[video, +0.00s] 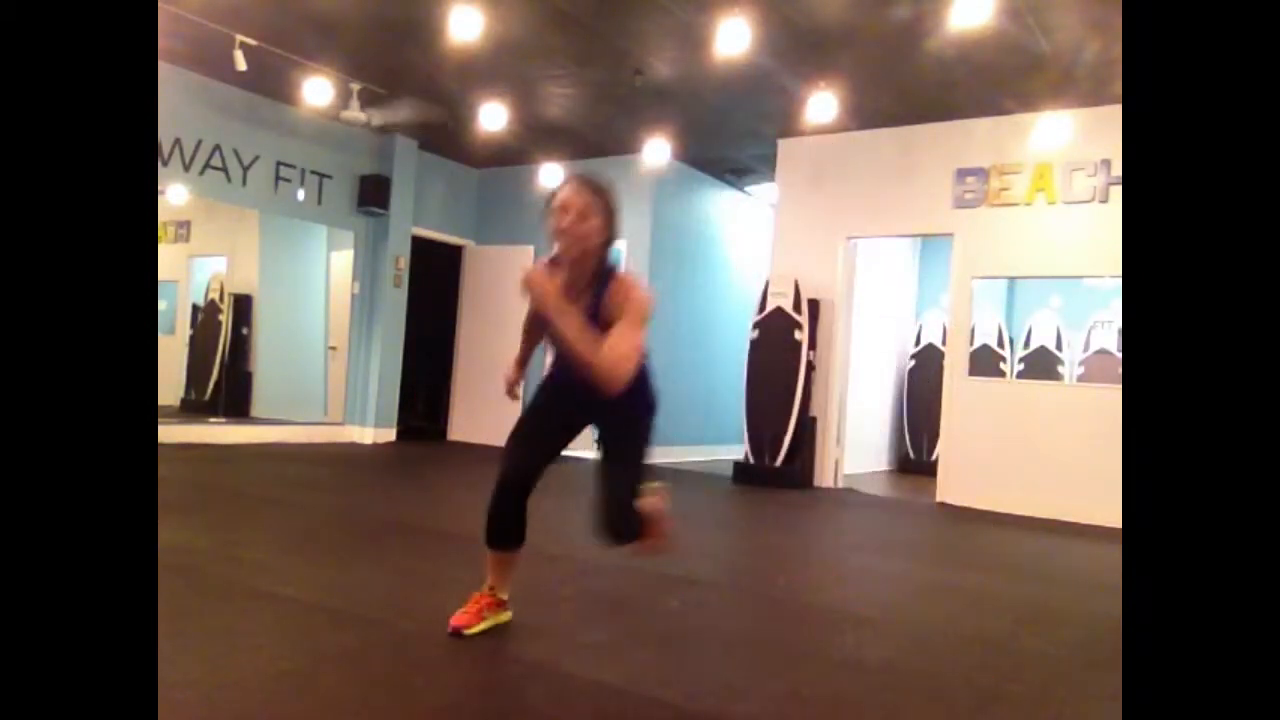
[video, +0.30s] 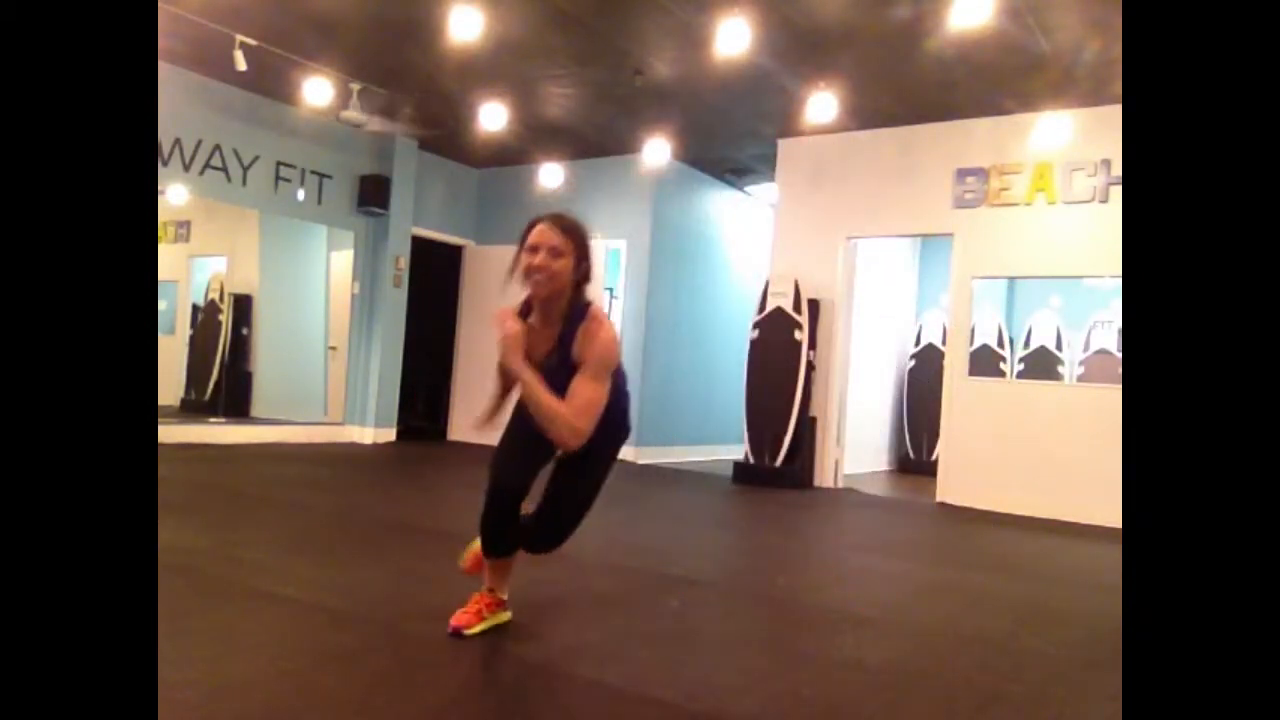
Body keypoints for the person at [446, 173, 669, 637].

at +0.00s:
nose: (568, 224)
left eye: (583, 215)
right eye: (561, 213)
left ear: (606, 228)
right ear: (550, 223)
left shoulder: (629, 293)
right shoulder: (545, 277)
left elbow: (614, 374)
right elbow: (537, 322)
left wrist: (553, 304)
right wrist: (519, 365)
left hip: (623, 400)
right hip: (566, 388)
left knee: (618, 524)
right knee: (512, 480)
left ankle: (653, 513)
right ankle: (494, 595)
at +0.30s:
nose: (538, 261)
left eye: (555, 254)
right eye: (532, 250)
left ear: (578, 268)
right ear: (521, 259)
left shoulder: (598, 334)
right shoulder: (519, 317)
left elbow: (572, 433)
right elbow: (510, 371)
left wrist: (518, 363)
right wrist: (493, 407)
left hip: (598, 425)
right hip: (542, 403)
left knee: (548, 534)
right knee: (503, 494)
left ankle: (497, 535)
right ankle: (494, 596)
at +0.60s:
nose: (709, 158)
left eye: (721, 149)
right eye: (700, 147)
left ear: (739, 158)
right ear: (682, 151)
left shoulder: (746, 212)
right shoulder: (660, 200)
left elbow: (803, 222)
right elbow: (591, 266)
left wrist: (732, 203)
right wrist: (633, 223)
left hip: (707, 362)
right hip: (646, 355)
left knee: (748, 457)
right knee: (576, 460)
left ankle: (774, 540)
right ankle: (500, 579)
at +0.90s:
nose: (886, 235)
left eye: (897, 224)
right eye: (874, 224)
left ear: (910, 227)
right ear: (850, 225)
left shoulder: (932, 281)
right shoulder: (823, 284)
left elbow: (990, 343)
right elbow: (830, 364)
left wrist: (1018, 426)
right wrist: (866, 304)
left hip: (890, 417)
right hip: (824, 416)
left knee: (935, 524)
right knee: (769, 529)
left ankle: (965, 652)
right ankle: (780, 482)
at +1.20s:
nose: (936, 290)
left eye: (949, 277)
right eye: (922, 278)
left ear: (968, 284)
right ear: (902, 283)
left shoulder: (972, 336)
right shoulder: (867, 342)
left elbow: (957, 378)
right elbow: (870, 451)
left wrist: (961, 395)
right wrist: (940, 403)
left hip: (941, 440)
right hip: (879, 457)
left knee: (944, 552)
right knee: (920, 568)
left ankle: (966, 656)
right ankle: (997, 544)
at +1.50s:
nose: (789, 175)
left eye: (801, 163)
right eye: (780, 163)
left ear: (833, 170)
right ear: (773, 172)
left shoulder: (858, 226)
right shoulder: (759, 236)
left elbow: (939, 248)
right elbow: (695, 271)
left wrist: (842, 193)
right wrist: (652, 321)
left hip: (842, 388)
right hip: (773, 385)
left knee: (906, 507)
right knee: (704, 455)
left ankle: (964, 647)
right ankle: (685, 554)